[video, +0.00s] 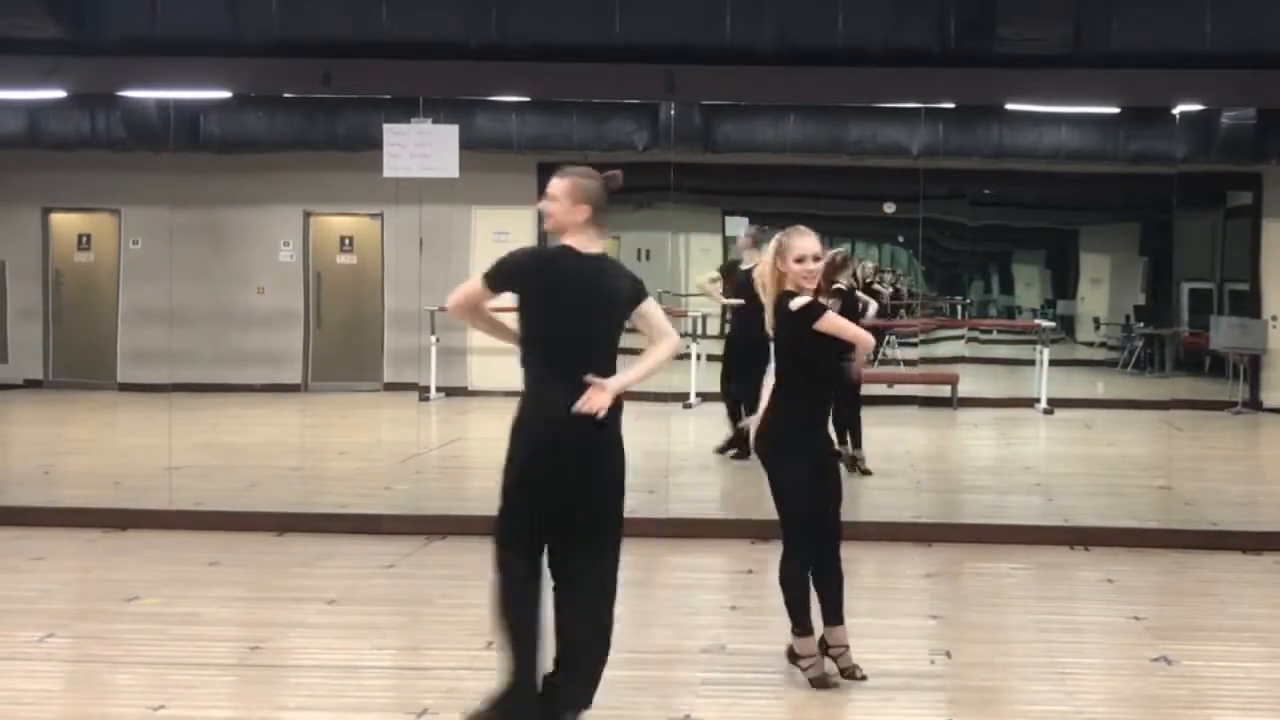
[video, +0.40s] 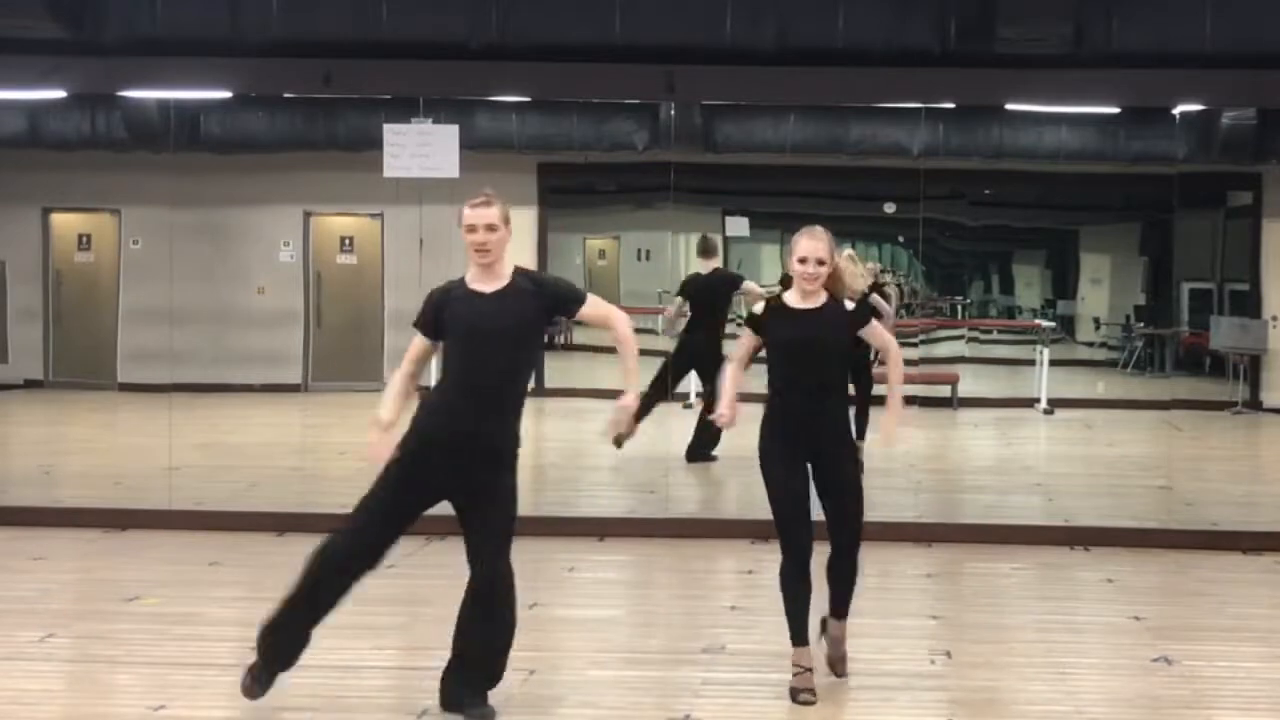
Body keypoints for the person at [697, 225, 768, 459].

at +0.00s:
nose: (739, 242)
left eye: (743, 238)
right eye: (740, 238)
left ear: (752, 242)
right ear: (746, 243)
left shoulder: (767, 269)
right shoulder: (733, 267)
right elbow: (702, 282)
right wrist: (721, 299)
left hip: (758, 334)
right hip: (736, 333)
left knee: (749, 387)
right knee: (729, 385)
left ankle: (746, 439)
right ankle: (736, 433)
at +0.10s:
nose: (735, 237)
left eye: (741, 234)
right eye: (732, 233)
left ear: (748, 241)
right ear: (726, 239)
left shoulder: (756, 270)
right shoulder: (719, 266)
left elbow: (766, 297)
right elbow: (712, 290)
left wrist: (760, 302)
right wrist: (741, 304)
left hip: (749, 335)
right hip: (726, 334)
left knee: (751, 390)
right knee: (718, 384)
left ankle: (734, 438)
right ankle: (699, 437)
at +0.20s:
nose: (742, 243)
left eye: (741, 239)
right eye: (738, 240)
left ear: (729, 243)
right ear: (728, 242)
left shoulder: (730, 268)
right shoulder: (722, 269)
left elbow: (745, 291)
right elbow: (739, 298)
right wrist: (747, 309)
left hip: (725, 333)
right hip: (720, 334)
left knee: (722, 387)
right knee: (717, 387)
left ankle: (705, 441)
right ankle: (701, 443)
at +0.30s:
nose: (724, 252)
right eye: (725, 248)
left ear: (706, 251)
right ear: (724, 249)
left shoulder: (700, 278)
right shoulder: (732, 275)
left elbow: (689, 309)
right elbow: (756, 294)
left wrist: (695, 317)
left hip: (699, 340)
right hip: (723, 341)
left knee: (693, 389)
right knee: (720, 393)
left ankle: (663, 431)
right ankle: (698, 447)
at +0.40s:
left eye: (702, 254)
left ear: (698, 255)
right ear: (718, 253)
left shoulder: (691, 281)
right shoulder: (728, 278)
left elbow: (675, 312)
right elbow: (758, 293)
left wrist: (669, 324)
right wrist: (743, 303)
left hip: (686, 347)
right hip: (711, 349)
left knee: (658, 389)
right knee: (715, 399)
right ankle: (699, 449)